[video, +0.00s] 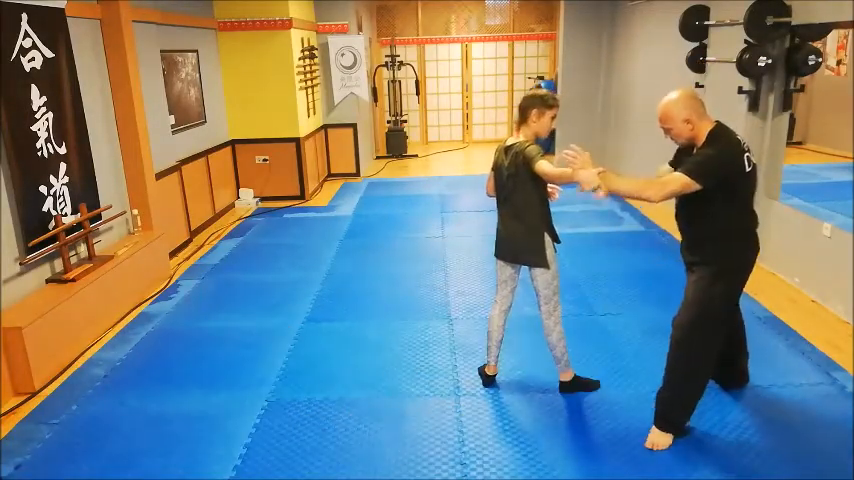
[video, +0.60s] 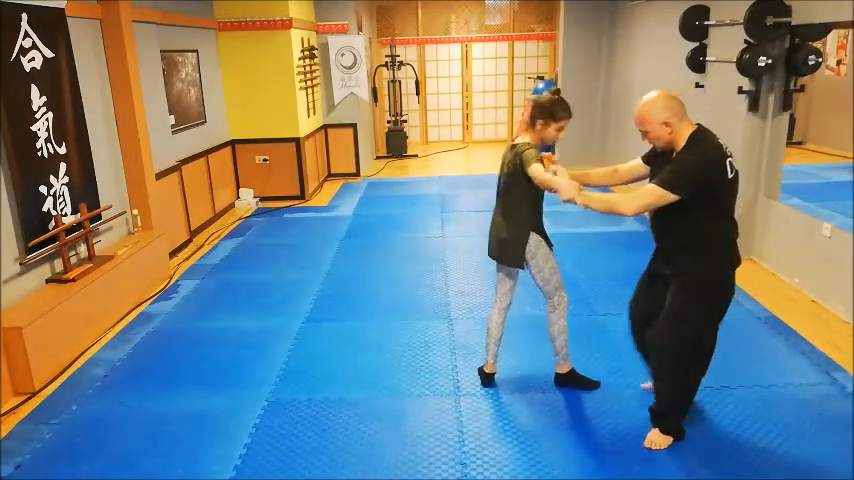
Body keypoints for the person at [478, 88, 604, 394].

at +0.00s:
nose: (553, 125)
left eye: (554, 119)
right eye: (551, 118)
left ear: (529, 116)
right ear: (534, 116)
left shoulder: (503, 149)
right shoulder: (530, 149)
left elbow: (492, 189)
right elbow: (549, 173)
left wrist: (537, 191)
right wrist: (581, 174)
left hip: (507, 238)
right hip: (536, 238)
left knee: (501, 301)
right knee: (550, 307)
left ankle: (490, 368)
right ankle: (566, 375)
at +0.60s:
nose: (560, 135)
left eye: (563, 129)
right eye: (559, 129)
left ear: (536, 122)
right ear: (541, 123)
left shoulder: (514, 148)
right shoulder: (528, 150)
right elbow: (538, 176)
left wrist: (550, 166)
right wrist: (562, 186)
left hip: (503, 234)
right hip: (526, 236)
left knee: (502, 300)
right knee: (557, 298)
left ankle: (489, 367)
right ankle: (564, 369)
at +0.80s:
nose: (566, 139)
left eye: (569, 133)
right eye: (562, 134)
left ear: (545, 127)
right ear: (543, 128)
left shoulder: (542, 150)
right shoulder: (534, 159)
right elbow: (545, 193)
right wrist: (572, 193)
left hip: (526, 233)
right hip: (533, 238)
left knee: (535, 294)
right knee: (559, 301)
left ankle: (497, 350)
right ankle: (563, 371)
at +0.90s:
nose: (565, 141)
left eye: (569, 134)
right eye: (559, 136)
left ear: (574, 126)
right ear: (541, 129)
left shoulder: (558, 149)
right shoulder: (532, 161)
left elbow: (564, 184)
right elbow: (541, 197)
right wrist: (569, 205)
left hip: (552, 226)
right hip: (535, 231)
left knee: (565, 291)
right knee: (554, 300)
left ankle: (514, 335)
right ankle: (561, 370)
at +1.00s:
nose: (558, 143)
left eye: (562, 136)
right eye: (551, 138)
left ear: (568, 128)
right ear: (537, 132)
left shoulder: (569, 147)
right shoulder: (529, 159)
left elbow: (571, 178)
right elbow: (530, 194)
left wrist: (583, 194)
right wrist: (555, 212)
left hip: (563, 224)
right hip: (534, 230)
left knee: (579, 293)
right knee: (549, 302)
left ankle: (544, 332)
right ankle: (559, 369)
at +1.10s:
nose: (547, 149)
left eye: (552, 142)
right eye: (540, 144)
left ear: (561, 133)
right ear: (529, 139)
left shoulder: (571, 151)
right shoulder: (524, 165)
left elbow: (582, 184)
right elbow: (518, 201)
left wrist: (587, 214)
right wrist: (538, 218)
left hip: (574, 230)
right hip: (538, 235)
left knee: (583, 299)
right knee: (545, 305)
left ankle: (577, 345)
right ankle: (555, 366)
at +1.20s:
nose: (531, 160)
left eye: (537, 154)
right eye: (525, 155)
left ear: (550, 145)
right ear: (518, 148)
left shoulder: (568, 161)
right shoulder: (519, 173)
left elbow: (586, 197)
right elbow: (501, 203)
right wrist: (502, 211)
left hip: (574, 231)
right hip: (537, 237)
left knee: (587, 298)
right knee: (541, 306)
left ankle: (603, 353)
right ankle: (553, 371)